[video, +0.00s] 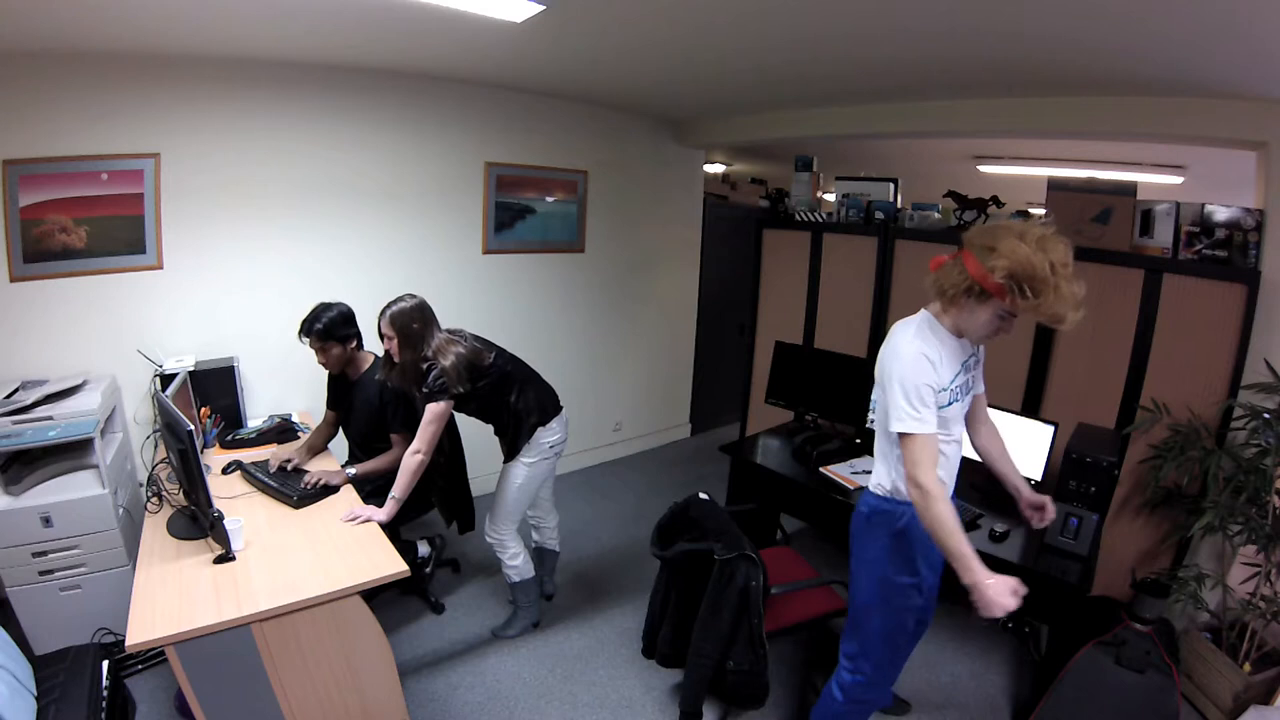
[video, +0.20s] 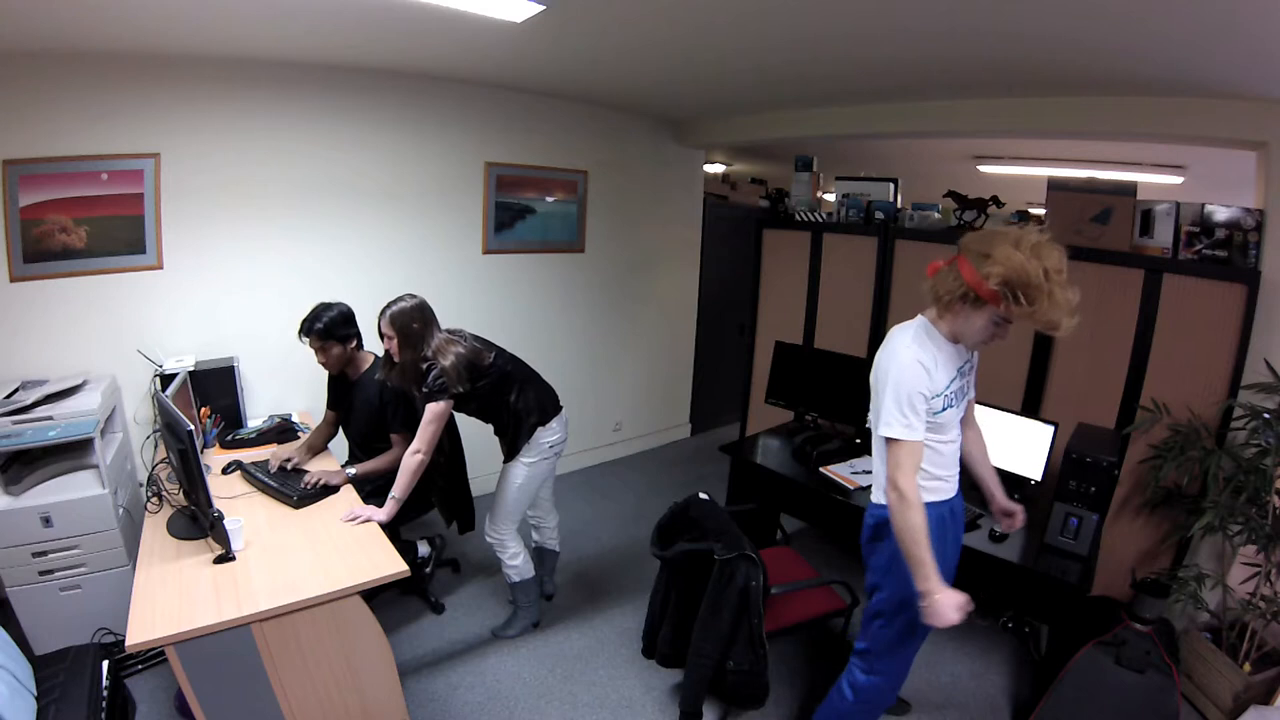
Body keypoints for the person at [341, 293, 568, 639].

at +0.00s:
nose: (385, 346)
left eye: (389, 339)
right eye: (384, 338)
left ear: (412, 337)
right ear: (420, 330)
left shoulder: (442, 370)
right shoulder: (449, 340)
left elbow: (420, 451)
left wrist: (388, 509)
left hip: (537, 433)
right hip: (546, 420)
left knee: (500, 530)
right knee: (542, 507)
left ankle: (527, 609)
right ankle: (546, 581)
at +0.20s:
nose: (385, 346)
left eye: (389, 338)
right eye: (383, 338)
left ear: (412, 336)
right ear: (420, 330)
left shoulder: (442, 369)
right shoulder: (449, 340)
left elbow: (420, 451)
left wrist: (388, 509)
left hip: (537, 433)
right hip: (546, 420)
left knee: (500, 530)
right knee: (542, 507)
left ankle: (527, 609)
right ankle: (546, 581)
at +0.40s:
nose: (384, 343)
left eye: (388, 335)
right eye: (383, 335)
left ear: (411, 335)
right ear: (420, 330)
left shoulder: (442, 369)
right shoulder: (448, 341)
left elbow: (420, 452)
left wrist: (388, 509)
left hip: (537, 432)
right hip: (546, 420)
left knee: (500, 530)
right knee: (542, 507)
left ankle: (527, 609)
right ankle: (546, 581)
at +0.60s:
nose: (388, 325)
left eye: (394, 319)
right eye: (391, 317)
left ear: (413, 327)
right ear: (428, 324)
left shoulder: (445, 366)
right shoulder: (451, 344)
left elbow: (420, 451)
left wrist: (388, 509)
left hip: (538, 431)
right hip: (544, 419)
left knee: (501, 529)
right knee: (541, 506)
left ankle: (527, 609)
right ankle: (545, 581)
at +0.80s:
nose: (390, 327)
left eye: (397, 321)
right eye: (393, 319)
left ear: (420, 328)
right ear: (429, 326)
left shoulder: (444, 368)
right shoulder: (452, 342)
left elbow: (420, 451)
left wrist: (388, 509)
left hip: (537, 432)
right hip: (546, 419)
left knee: (501, 529)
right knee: (541, 506)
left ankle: (527, 609)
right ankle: (545, 581)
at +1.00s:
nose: (388, 332)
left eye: (395, 326)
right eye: (390, 324)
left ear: (419, 331)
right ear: (426, 327)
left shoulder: (443, 370)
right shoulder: (450, 343)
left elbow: (421, 452)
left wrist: (388, 509)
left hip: (538, 431)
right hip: (545, 419)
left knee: (500, 529)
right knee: (542, 506)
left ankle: (527, 609)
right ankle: (545, 580)